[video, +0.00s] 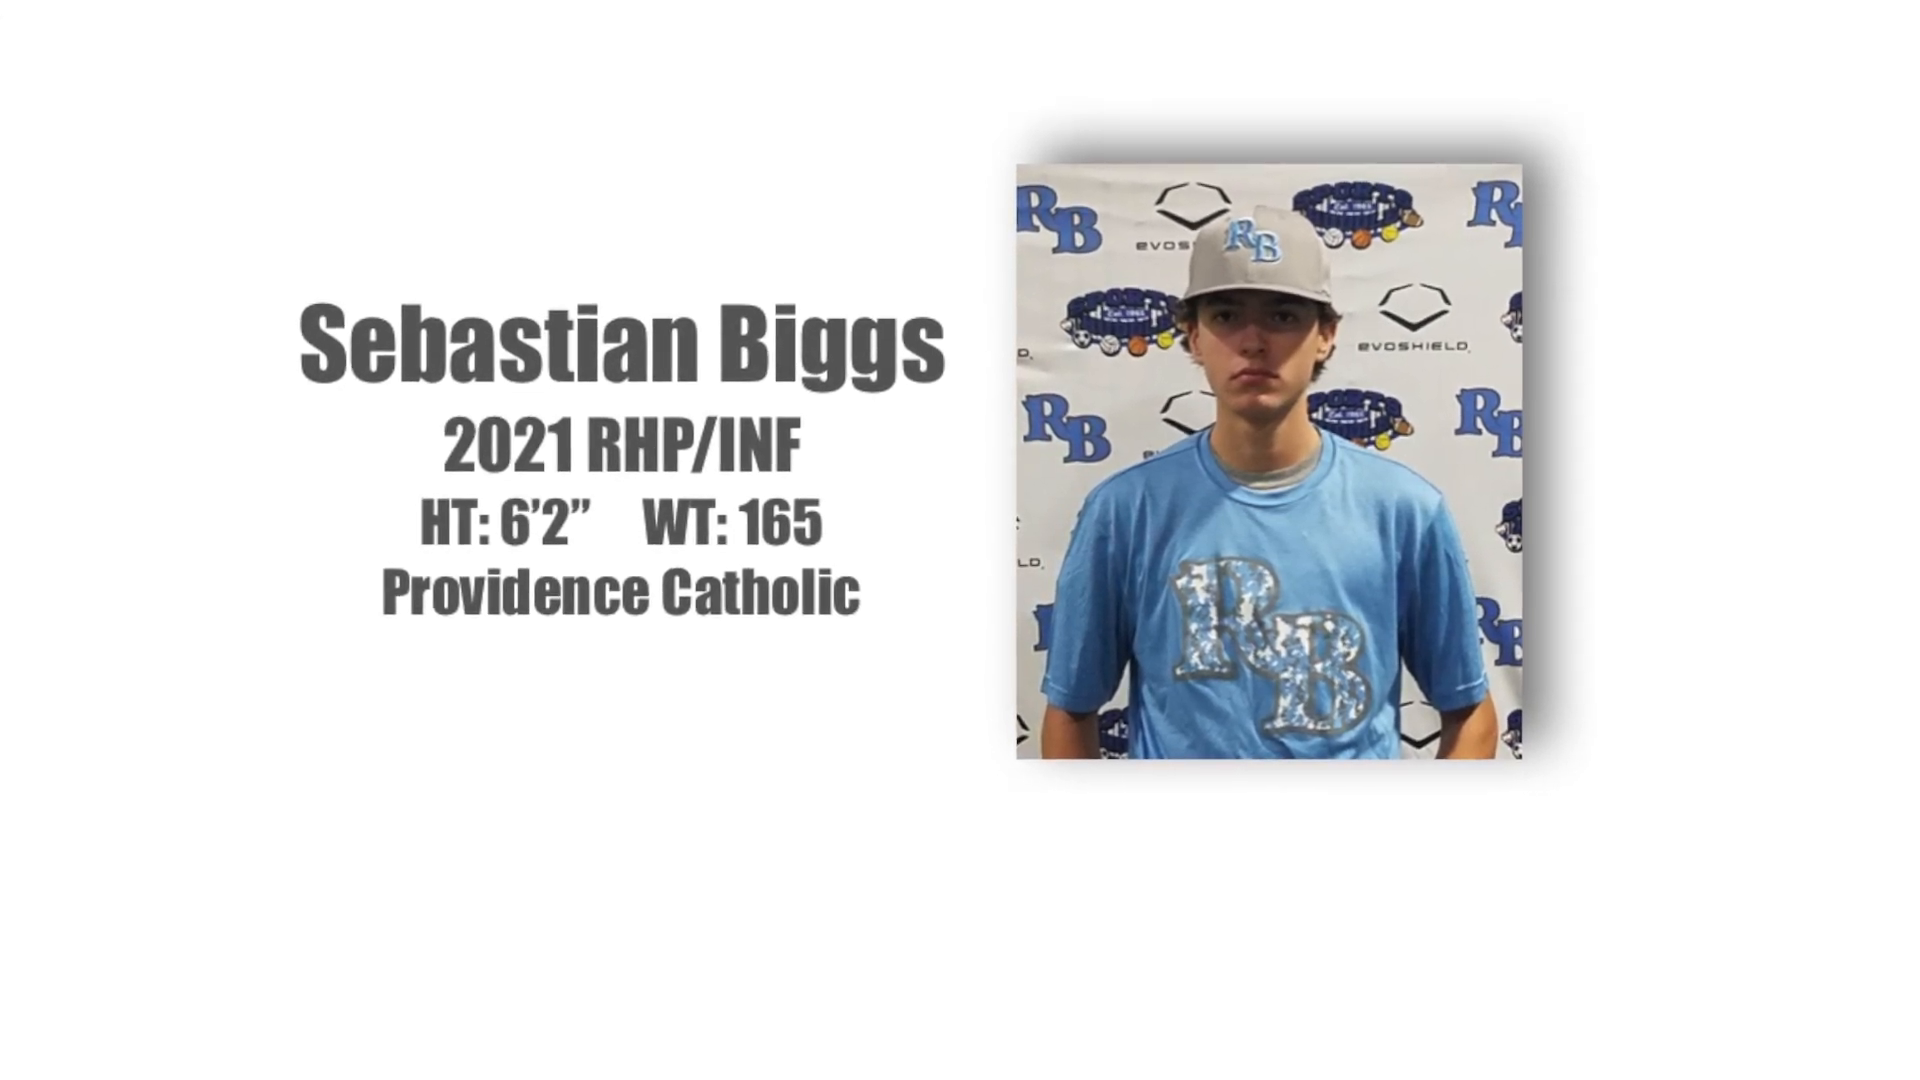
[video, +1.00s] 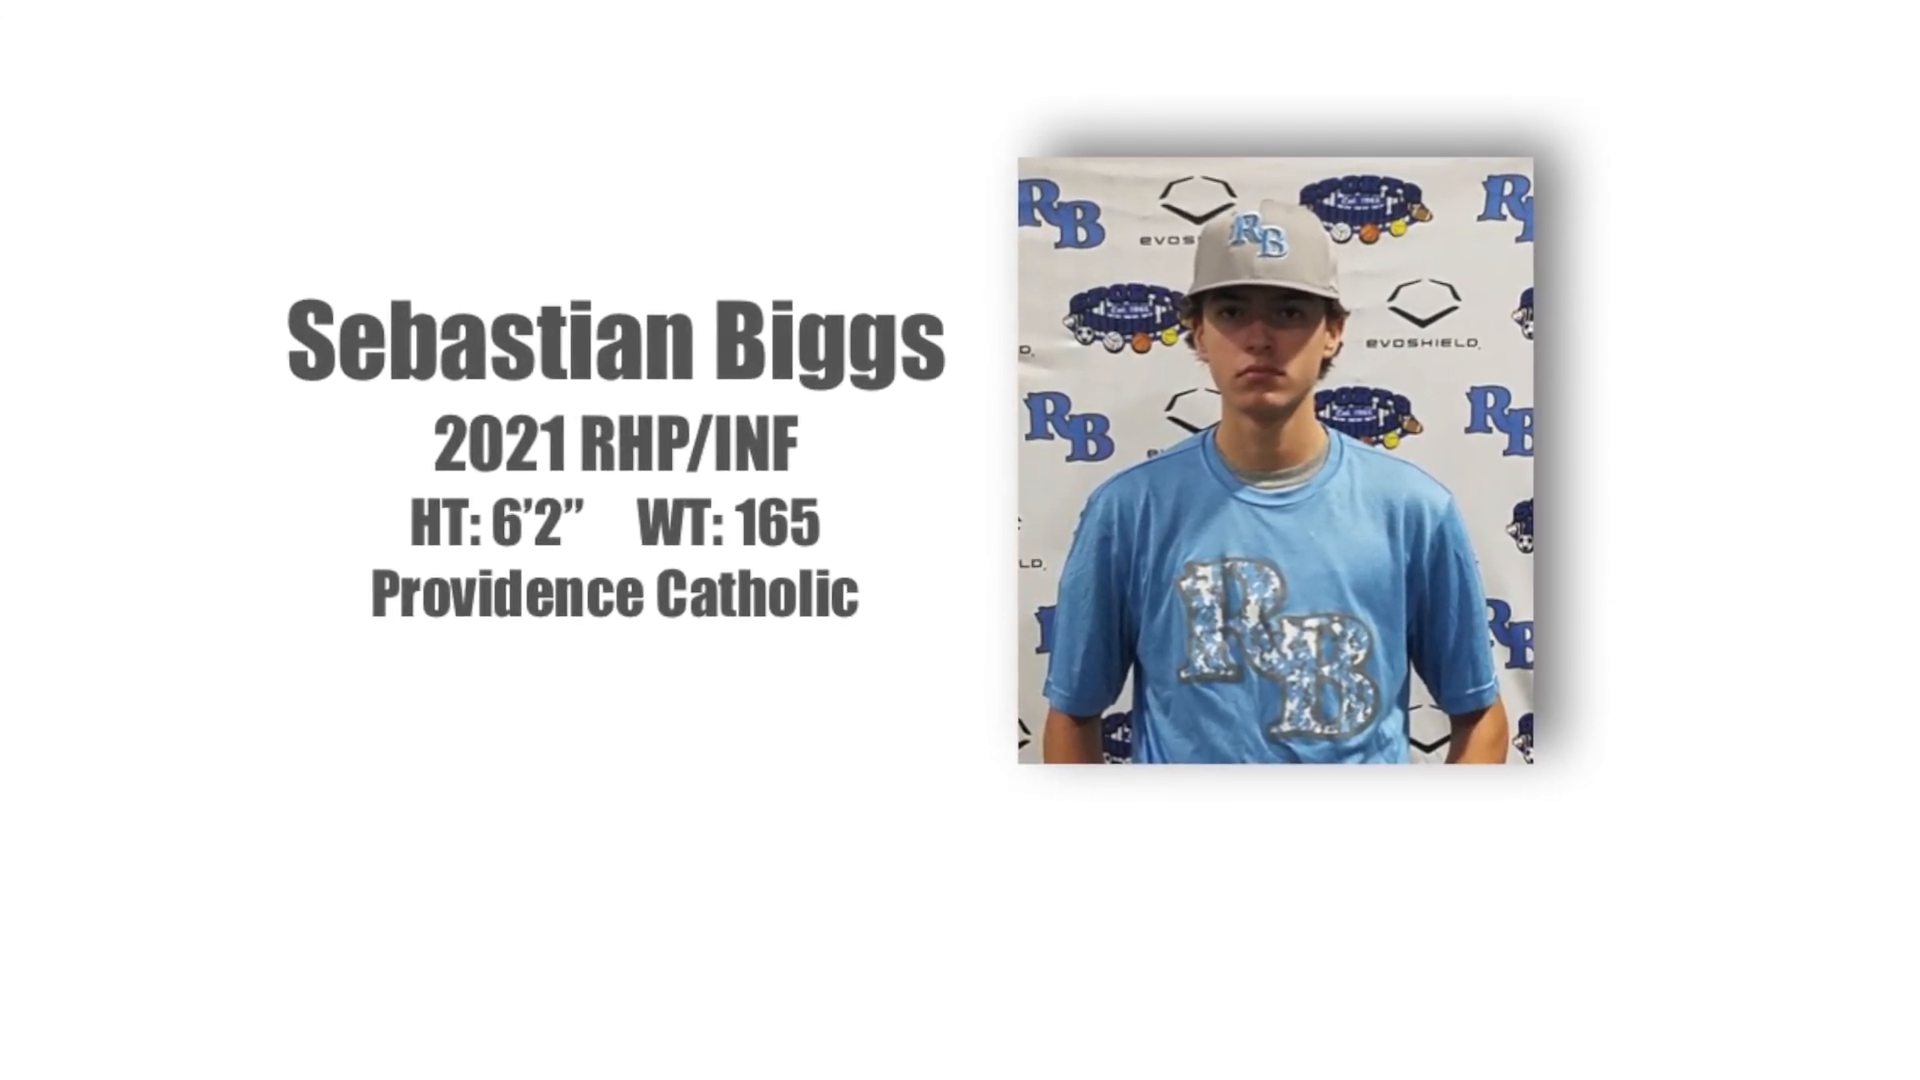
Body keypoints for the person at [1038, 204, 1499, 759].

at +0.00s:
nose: (1254, 340)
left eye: (1282, 316)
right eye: (1229, 316)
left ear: (1324, 337)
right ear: (1193, 338)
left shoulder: (1407, 511)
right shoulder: (1122, 513)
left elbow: (1471, 714)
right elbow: (1071, 716)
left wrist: (1431, 836)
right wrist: (1083, 841)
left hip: (1362, 831)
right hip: (1177, 831)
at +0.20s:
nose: (1255, 340)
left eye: (1283, 315)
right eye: (1230, 315)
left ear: (1325, 337)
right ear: (1194, 338)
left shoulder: (1409, 511)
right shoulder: (1123, 513)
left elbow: (1473, 715)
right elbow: (1071, 717)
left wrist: (1433, 837)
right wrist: (1084, 842)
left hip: (1363, 832)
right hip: (1178, 832)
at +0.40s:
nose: (1256, 339)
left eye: (1285, 314)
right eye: (1231, 314)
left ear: (1327, 336)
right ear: (1195, 337)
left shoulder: (1409, 511)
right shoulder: (1123, 513)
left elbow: (1475, 715)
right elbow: (1071, 717)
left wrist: (1435, 837)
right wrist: (1084, 844)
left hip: (1364, 834)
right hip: (1179, 834)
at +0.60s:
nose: (1257, 338)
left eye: (1286, 313)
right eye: (1232, 313)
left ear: (1328, 335)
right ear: (1196, 336)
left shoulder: (1411, 510)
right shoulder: (1124, 513)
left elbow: (1478, 716)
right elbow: (1072, 718)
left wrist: (1436, 838)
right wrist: (1086, 845)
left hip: (1366, 835)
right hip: (1180, 834)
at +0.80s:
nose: (1258, 338)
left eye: (1287, 313)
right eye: (1233, 313)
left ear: (1330, 334)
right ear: (1197, 335)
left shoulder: (1413, 511)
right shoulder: (1125, 513)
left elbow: (1480, 716)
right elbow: (1072, 719)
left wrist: (1438, 841)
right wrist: (1085, 848)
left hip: (1368, 837)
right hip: (1181, 836)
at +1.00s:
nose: (1260, 337)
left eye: (1289, 312)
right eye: (1234, 312)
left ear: (1331, 334)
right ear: (1198, 335)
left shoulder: (1415, 511)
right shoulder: (1125, 514)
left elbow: (1482, 717)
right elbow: (1073, 720)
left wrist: (1440, 841)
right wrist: (1086, 847)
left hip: (1370, 837)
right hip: (1182, 837)